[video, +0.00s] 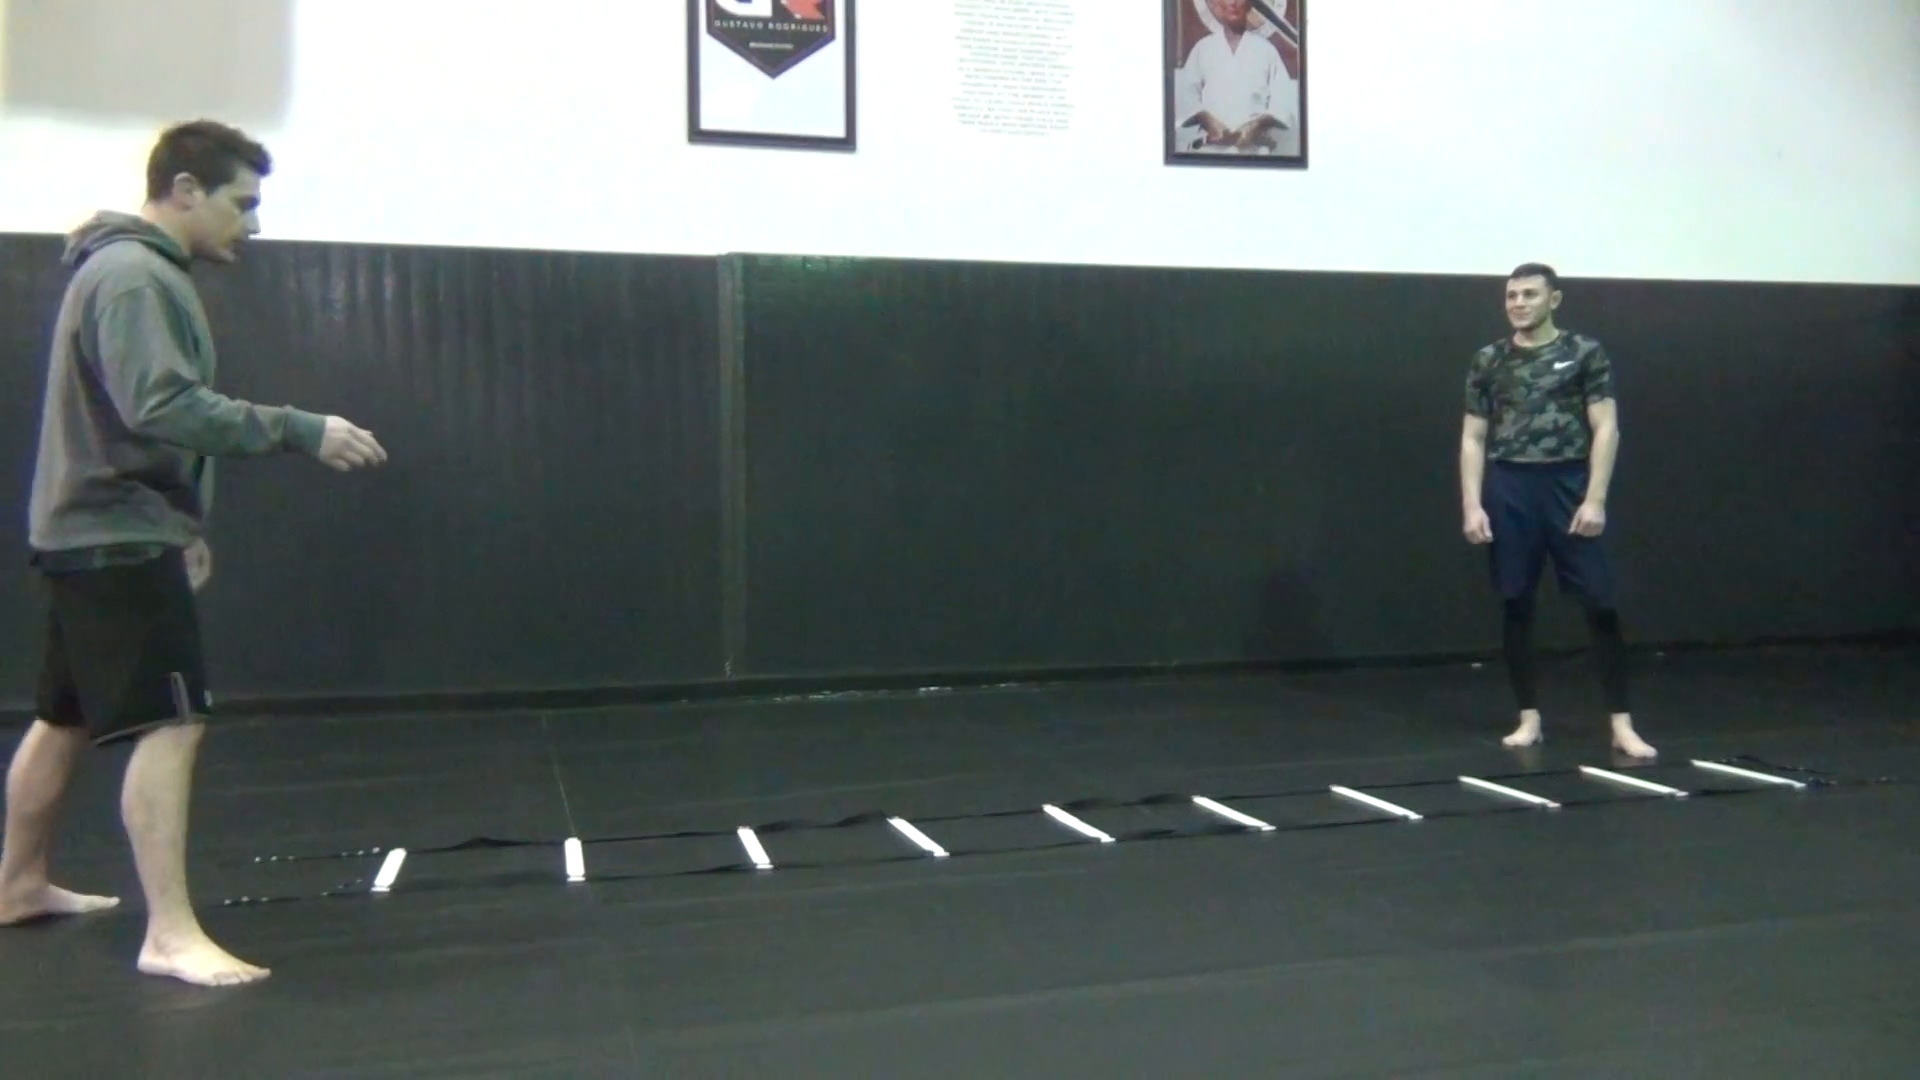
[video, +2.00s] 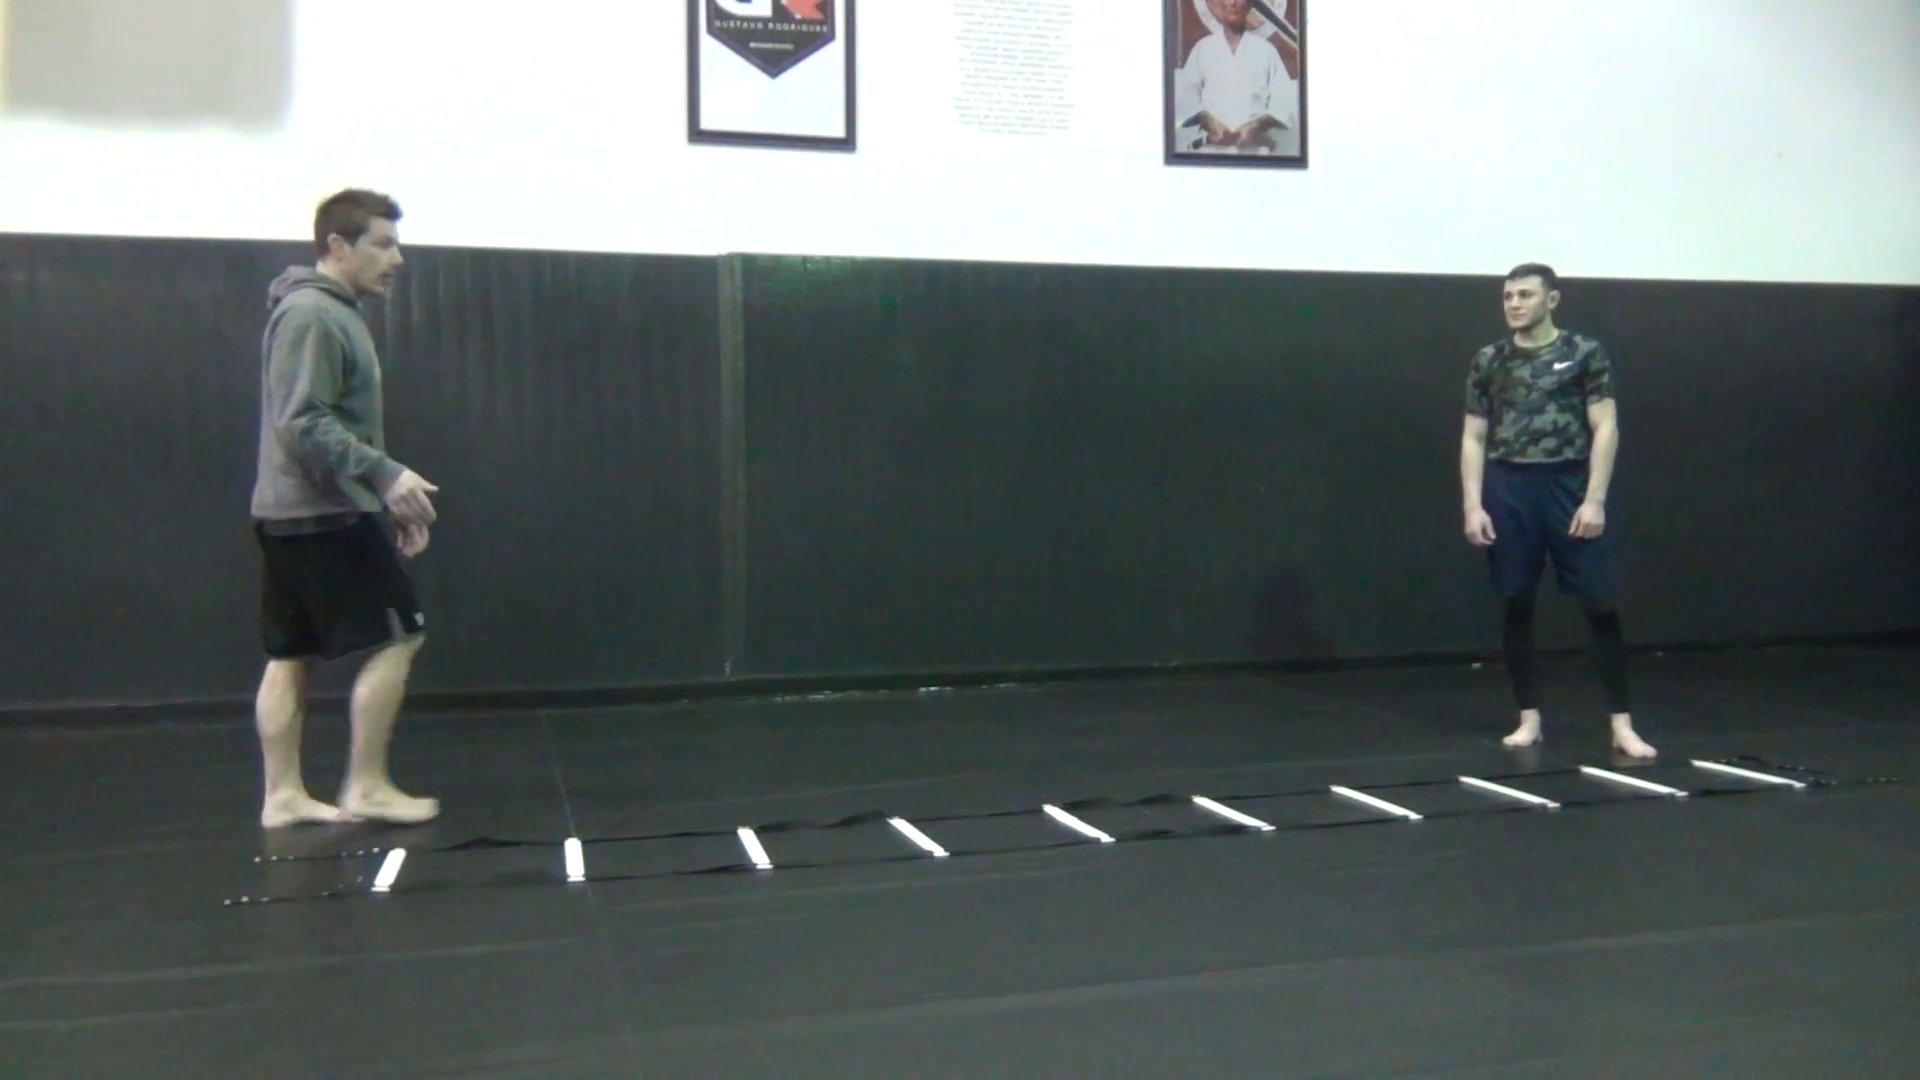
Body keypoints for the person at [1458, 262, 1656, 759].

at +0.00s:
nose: (1518, 303)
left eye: (1529, 295)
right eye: (1512, 296)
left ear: (1554, 299)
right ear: (1505, 302)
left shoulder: (1585, 353)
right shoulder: (1488, 360)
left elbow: (1605, 427)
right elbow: (1473, 437)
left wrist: (1595, 498)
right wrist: (1471, 504)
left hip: (1570, 489)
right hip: (1508, 490)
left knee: (1601, 603)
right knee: (1515, 603)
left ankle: (1620, 723)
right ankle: (1528, 717)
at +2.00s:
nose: (1513, 304)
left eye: (1524, 295)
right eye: (1508, 297)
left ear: (1552, 300)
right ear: (1503, 303)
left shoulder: (1586, 353)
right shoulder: (1488, 360)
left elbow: (1605, 427)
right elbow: (1473, 437)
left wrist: (1595, 499)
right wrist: (1472, 505)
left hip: (1570, 491)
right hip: (1509, 491)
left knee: (1601, 604)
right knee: (1516, 603)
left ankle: (1621, 723)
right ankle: (1528, 717)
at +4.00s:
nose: (1509, 304)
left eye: (1520, 296)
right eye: (1504, 297)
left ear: (1549, 300)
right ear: (1501, 304)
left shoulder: (1585, 353)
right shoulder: (1489, 360)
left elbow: (1602, 429)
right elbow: (1474, 438)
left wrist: (1598, 499)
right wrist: (1473, 505)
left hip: (1569, 490)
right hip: (1508, 491)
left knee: (1601, 604)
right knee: (1515, 606)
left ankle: (1621, 724)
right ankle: (1528, 718)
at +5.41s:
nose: (1518, 308)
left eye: (1529, 300)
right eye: (1512, 300)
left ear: (1555, 302)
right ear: (1507, 304)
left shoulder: (1589, 353)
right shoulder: (1491, 360)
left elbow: (1606, 429)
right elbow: (1476, 437)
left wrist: (1605, 499)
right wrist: (1476, 505)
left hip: (1572, 490)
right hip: (1510, 491)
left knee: (1602, 603)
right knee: (1516, 604)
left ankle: (1621, 724)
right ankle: (1528, 718)